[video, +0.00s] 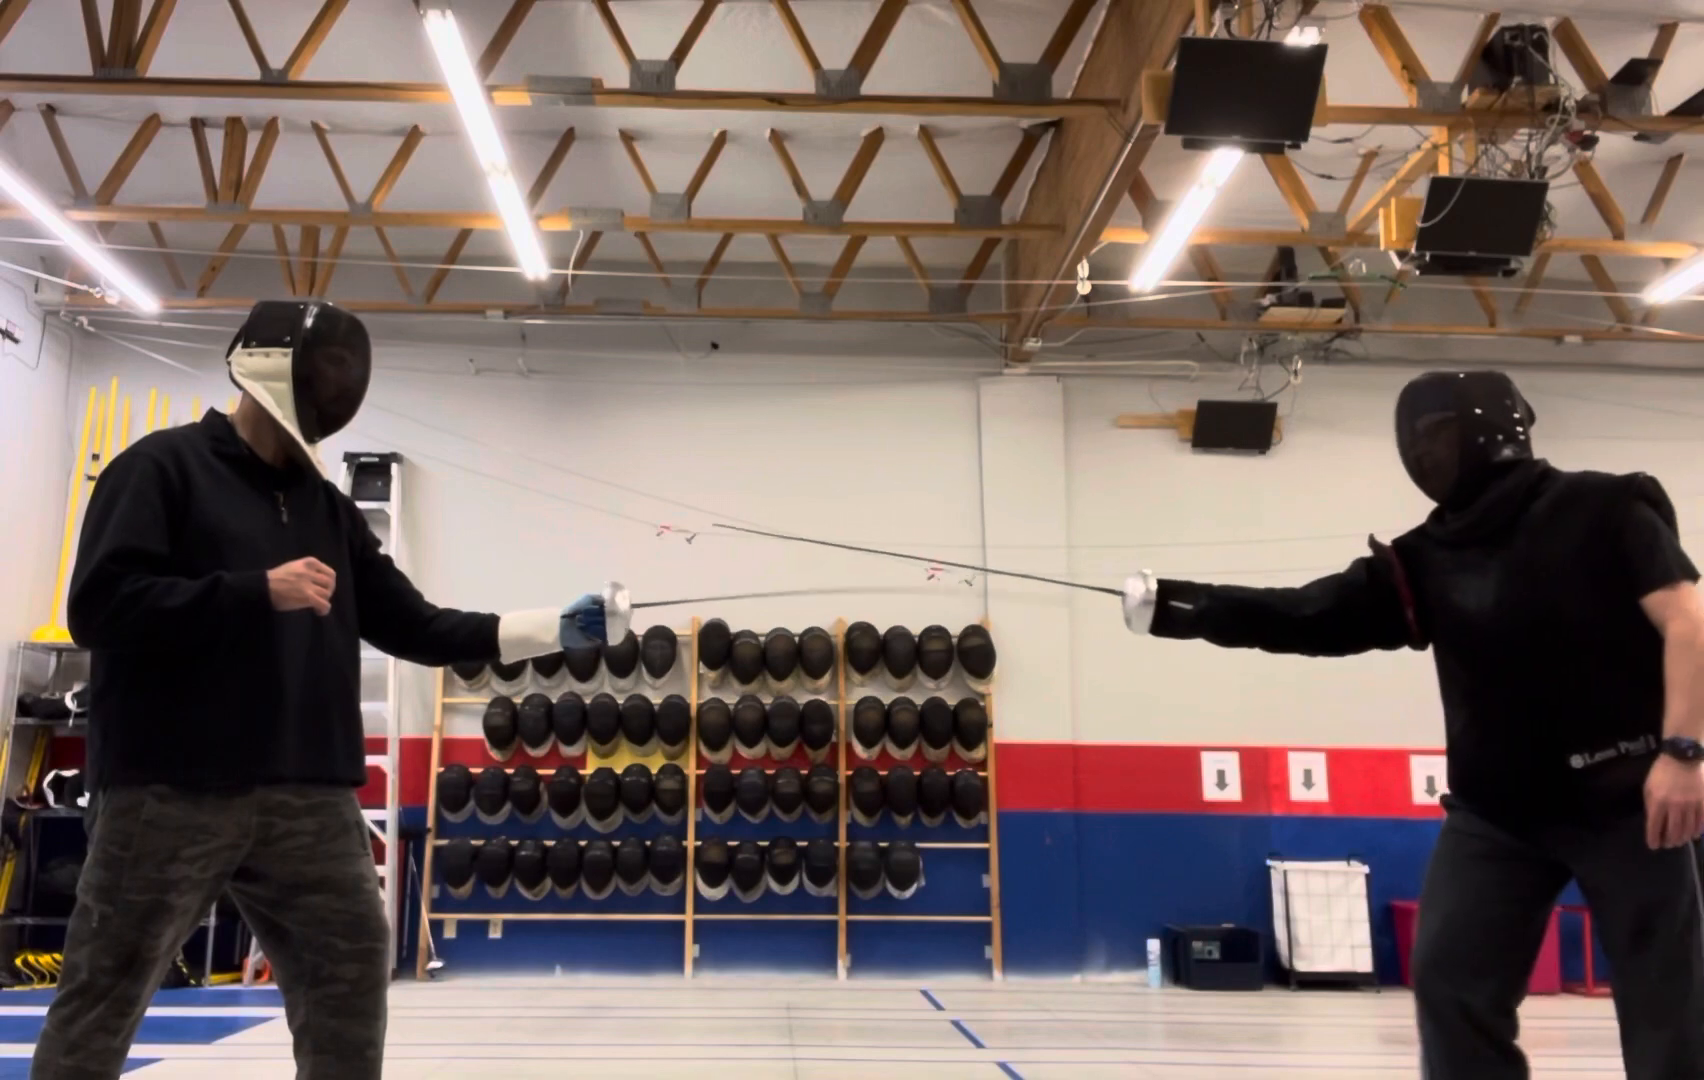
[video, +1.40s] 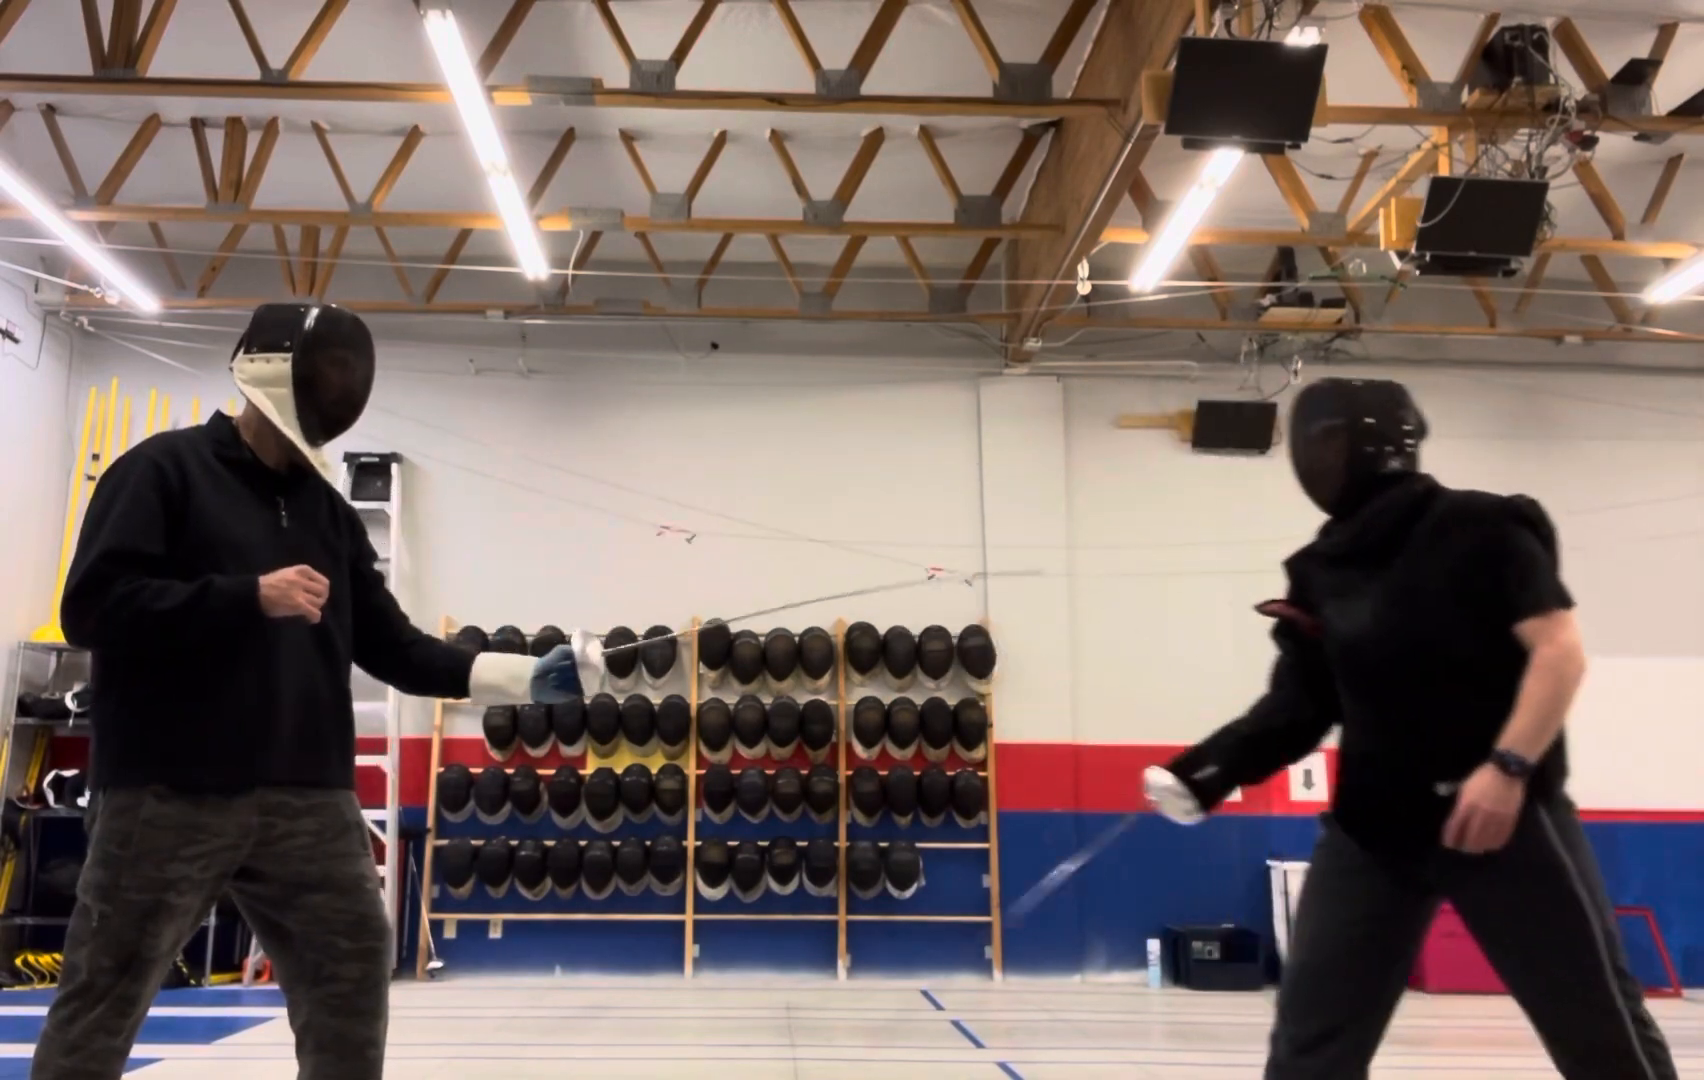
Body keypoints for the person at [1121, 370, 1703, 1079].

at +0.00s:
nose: (1417, 457)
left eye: (1428, 437)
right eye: (1411, 442)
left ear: (1477, 431)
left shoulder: (1607, 510)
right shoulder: (1426, 561)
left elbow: (1686, 619)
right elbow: (1310, 614)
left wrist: (1683, 750)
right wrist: (1178, 607)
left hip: (1627, 806)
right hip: (1495, 818)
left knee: (1668, 1021)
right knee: (1453, 994)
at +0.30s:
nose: (1308, 469)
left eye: (1319, 448)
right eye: (1305, 454)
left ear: (1367, 442)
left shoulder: (1494, 521)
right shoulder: (1323, 577)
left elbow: (1576, 638)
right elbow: (1211, 635)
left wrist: (1598, 768)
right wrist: (1080, 626)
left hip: (1525, 823)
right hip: (1396, 838)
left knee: (1611, 1043)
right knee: (1350, 1050)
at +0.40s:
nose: (1253, 463)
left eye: (1263, 440)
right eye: (1248, 446)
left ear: (1312, 431)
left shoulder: (1436, 511)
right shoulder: (1273, 570)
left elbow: (1516, 629)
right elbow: (1170, 642)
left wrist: (1535, 758)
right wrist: (1035, 630)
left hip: (1467, 810)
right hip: (1342, 828)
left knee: (1574, 1033)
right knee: (1304, 1051)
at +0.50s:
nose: (1204, 452)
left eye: (1213, 430)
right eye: (1200, 436)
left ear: (1263, 423)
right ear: (1264, 431)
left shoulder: (1382, 498)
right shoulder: (1222, 562)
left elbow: (1462, 614)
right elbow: (1126, 634)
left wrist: (1458, 742)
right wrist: (996, 627)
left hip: (1424, 793)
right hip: (1302, 820)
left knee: (1537, 1020)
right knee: (1285, 1048)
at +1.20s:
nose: (1192, 445)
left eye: (1203, 424)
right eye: (1190, 429)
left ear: (1246, 420)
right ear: (1267, 421)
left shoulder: (1369, 501)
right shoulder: (1219, 561)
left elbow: (1453, 620)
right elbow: (1155, 671)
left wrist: (1416, 734)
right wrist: (1022, 685)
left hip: (1419, 795)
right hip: (1298, 819)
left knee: (1533, 1002)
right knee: (1276, 1041)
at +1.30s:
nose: (1241, 454)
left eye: (1253, 434)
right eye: (1240, 438)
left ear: (1304, 430)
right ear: (1303, 435)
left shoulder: (1418, 516)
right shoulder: (1265, 560)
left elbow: (1503, 637)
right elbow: (1235, 689)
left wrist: (1455, 750)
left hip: (1453, 804)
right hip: (1328, 820)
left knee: (1566, 1007)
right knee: (1285, 1043)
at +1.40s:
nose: (1305, 466)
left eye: (1313, 446)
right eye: (1303, 449)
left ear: (1350, 445)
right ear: (1391, 444)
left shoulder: (1486, 529)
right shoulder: (1321, 575)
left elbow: (1561, 651)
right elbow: (1300, 704)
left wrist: (1509, 769)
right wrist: (1207, 773)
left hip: (1506, 821)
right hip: (1375, 832)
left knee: (1604, 1036)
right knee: (1310, 1050)